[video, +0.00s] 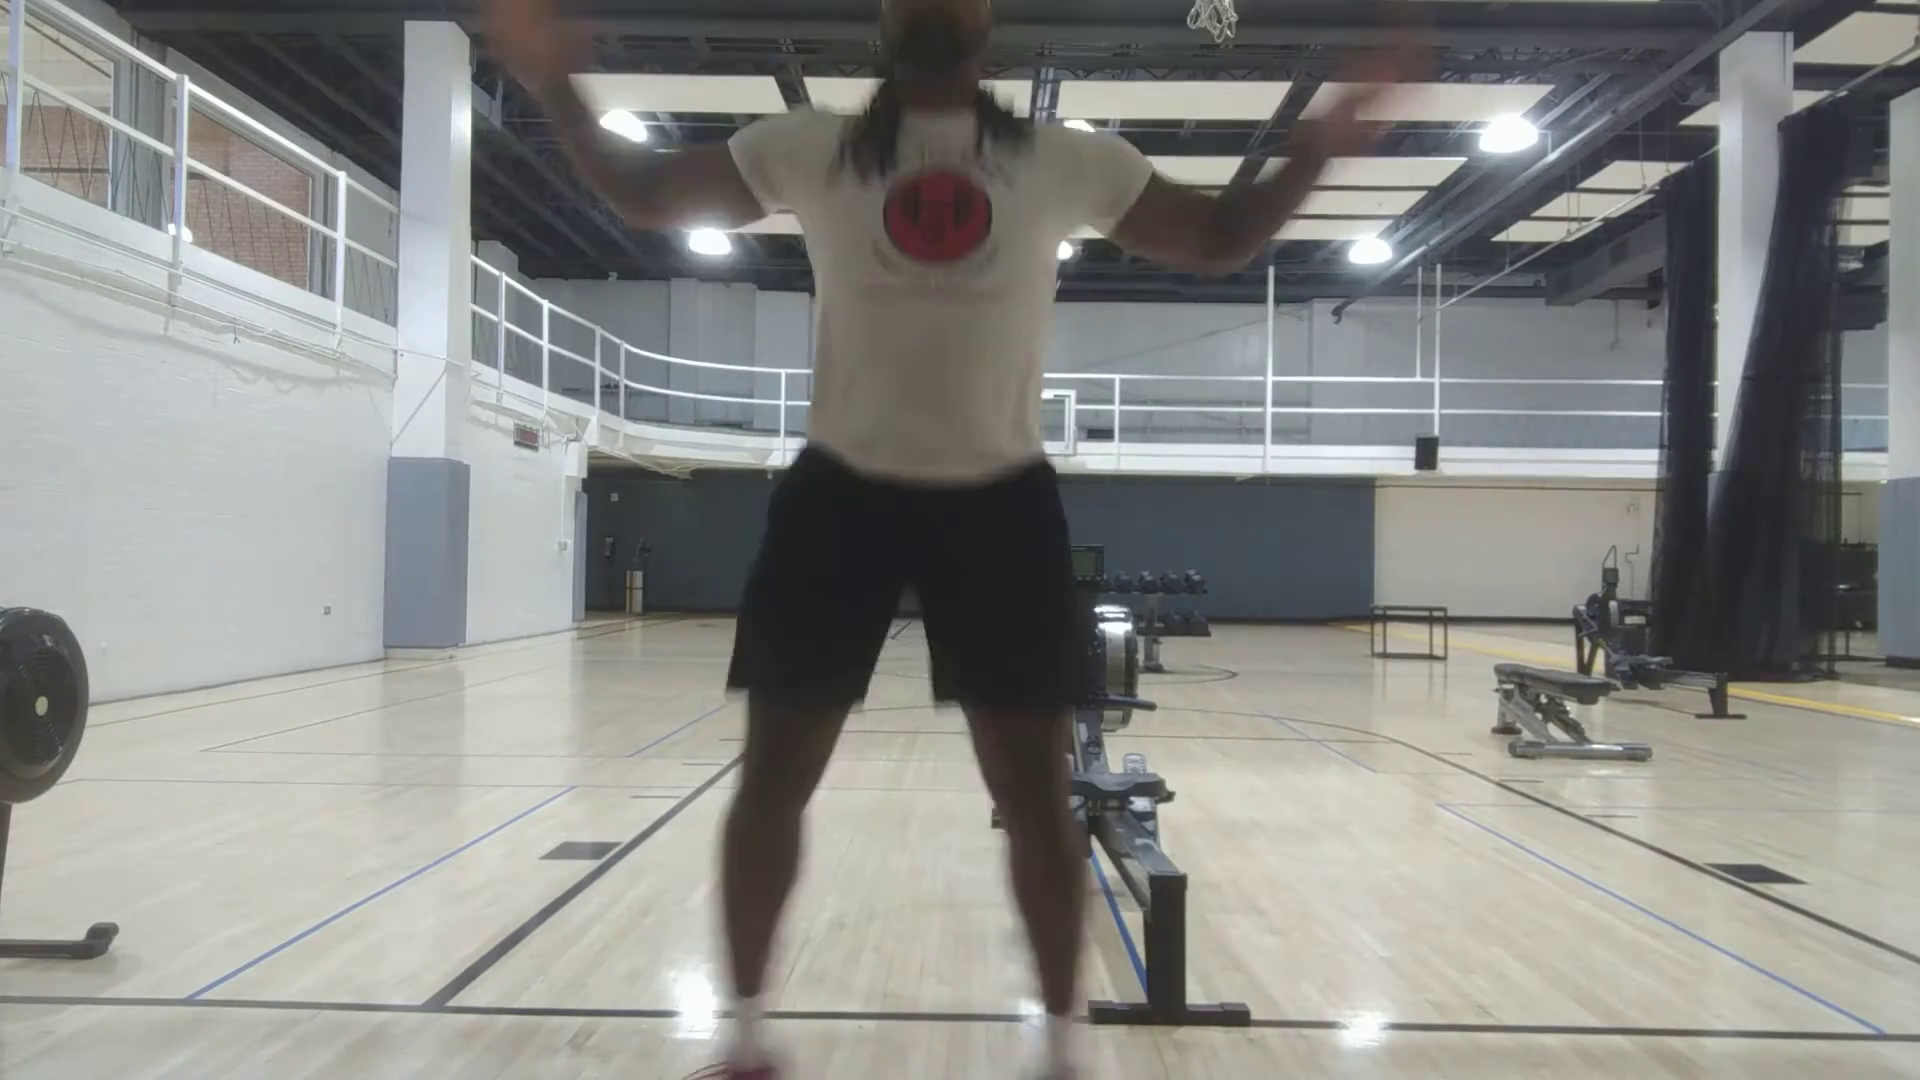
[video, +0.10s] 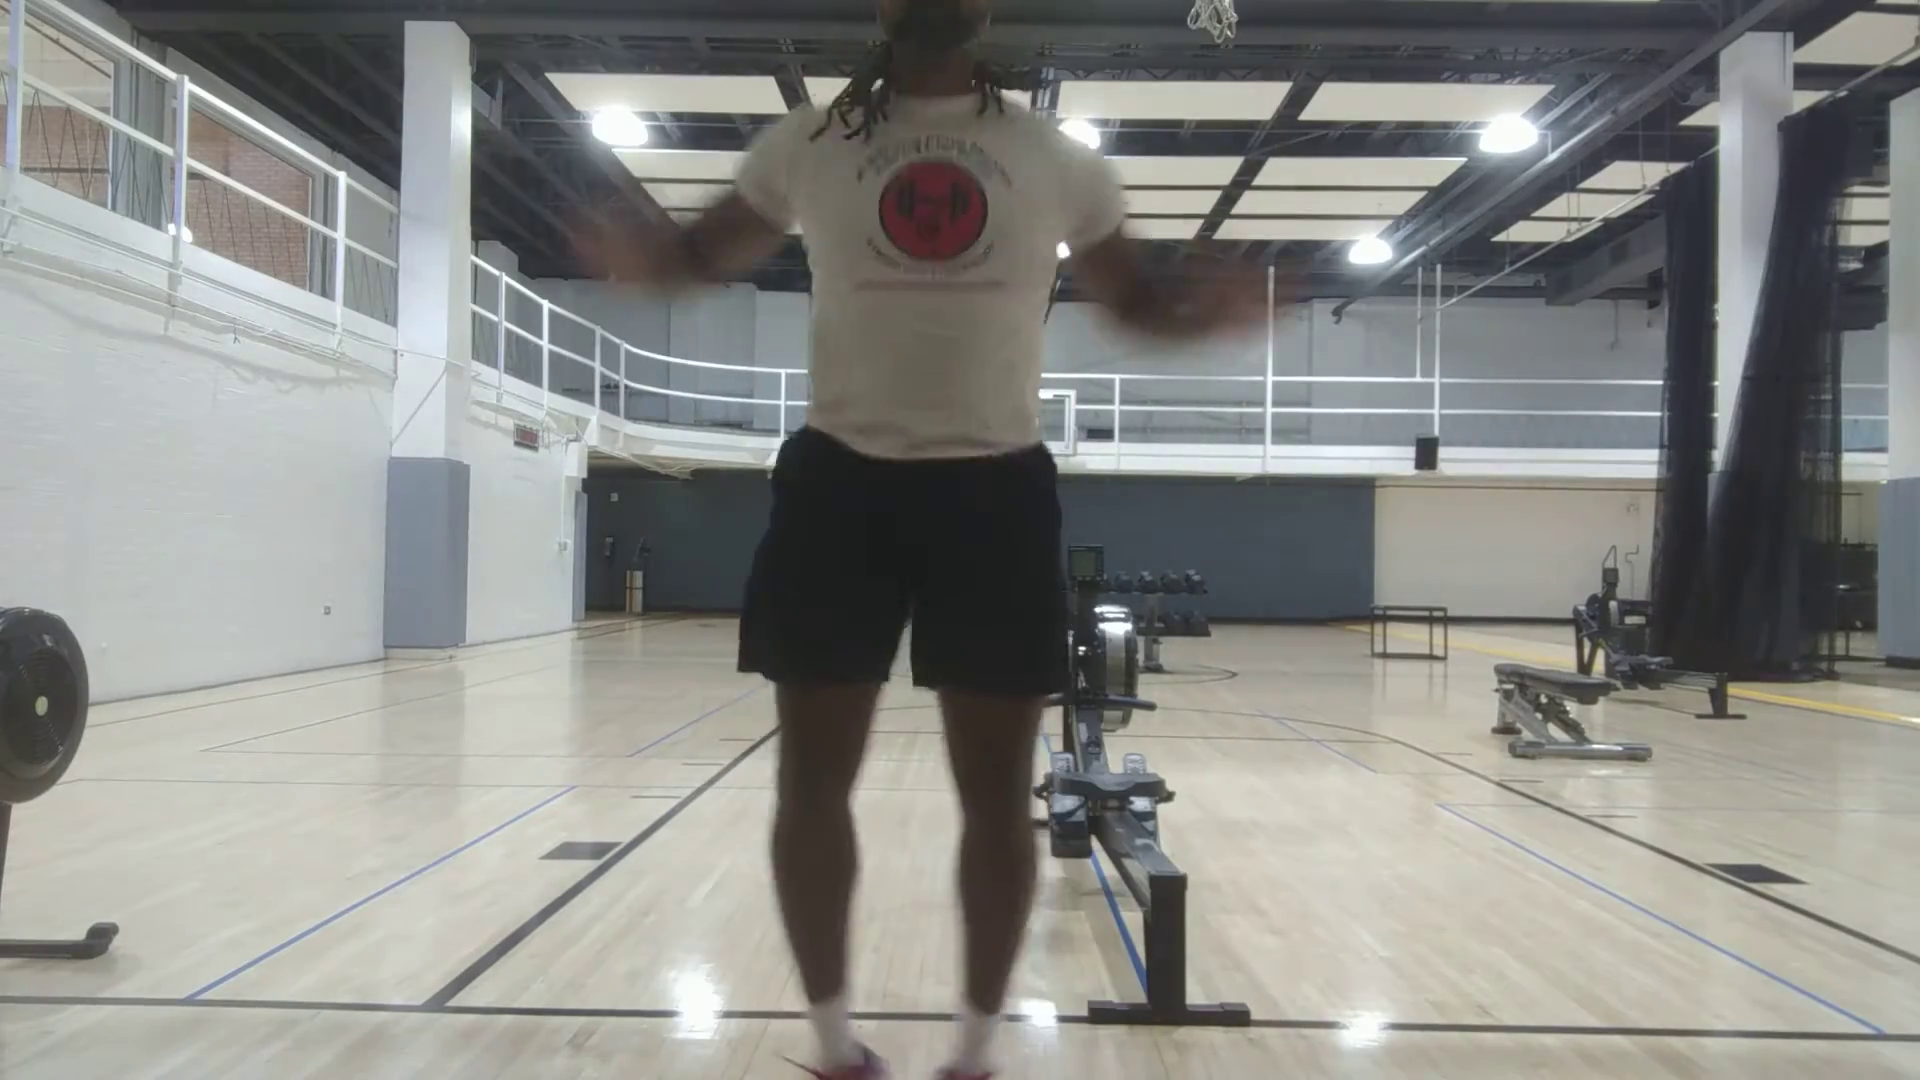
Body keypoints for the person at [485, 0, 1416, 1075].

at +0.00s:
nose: (939, 23)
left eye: (960, 10)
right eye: (917, 10)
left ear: (992, 32)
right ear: (878, 29)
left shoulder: (1062, 157)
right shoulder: (810, 144)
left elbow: (1218, 239)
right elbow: (637, 191)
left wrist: (1330, 132)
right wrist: (555, 83)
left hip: (1000, 506)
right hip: (841, 499)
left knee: (1037, 792)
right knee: (774, 773)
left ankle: (1062, 1038)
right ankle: (745, 1030)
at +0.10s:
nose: (922, 17)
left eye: (945, 6)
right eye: (907, 5)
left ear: (981, 19)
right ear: (878, 18)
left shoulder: (1052, 158)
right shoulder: (808, 144)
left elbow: (1133, 297)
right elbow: (701, 253)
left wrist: (1206, 302)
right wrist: (645, 248)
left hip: (995, 498)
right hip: (838, 492)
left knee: (997, 793)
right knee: (814, 783)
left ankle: (976, 1044)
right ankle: (832, 1037)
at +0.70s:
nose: (907, 55)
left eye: (929, 34)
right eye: (886, 33)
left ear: (962, 62)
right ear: (854, 56)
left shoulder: (1032, 191)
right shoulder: (789, 196)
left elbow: (1210, 162)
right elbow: (619, 167)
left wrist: (1152, 33)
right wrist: (633, 35)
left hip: (989, 565)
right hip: (824, 560)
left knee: (1078, 845)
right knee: (715, 836)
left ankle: (1146, 1067)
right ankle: (636, 1062)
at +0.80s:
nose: (903, 138)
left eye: (925, 119)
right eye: (881, 120)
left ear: (958, 147)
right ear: (847, 147)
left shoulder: (1028, 256)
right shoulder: (785, 265)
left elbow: (1185, 174)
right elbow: (632, 181)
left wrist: (1052, 60)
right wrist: (739, 52)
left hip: (988, 632)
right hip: (819, 630)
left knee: (1084, 888)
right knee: (717, 887)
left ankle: (1147, 1076)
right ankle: (642, 1074)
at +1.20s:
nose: (906, 77)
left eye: (927, 56)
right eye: (884, 55)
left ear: (959, 83)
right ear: (850, 83)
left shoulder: (1020, 257)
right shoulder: (793, 249)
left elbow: (1041, 444)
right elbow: (747, 411)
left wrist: (1075, 478)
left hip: (978, 572)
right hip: (828, 566)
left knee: (975, 874)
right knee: (818, 867)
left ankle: (950, 1067)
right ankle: (835, 1066)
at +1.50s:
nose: (914, 11)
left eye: (932, 1)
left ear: (962, 21)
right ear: (856, 22)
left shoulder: (1021, 135)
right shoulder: (797, 144)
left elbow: (1168, 242)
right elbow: (649, 241)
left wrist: (1250, 134)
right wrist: (542, 155)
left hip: (987, 470)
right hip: (833, 467)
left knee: (1021, 761)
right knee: (782, 749)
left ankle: (1050, 1027)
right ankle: (739, 1025)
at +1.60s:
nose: (915, 29)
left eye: (935, 13)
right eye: (894, 12)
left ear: (965, 30)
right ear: (862, 30)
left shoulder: (1029, 160)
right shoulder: (799, 162)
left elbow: (1203, 167)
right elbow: (629, 183)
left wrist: (1213, 37)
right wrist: (586, 50)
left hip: (991, 502)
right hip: (833, 497)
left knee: (1061, 790)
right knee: (745, 781)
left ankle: (1132, 1044)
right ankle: (665, 1037)